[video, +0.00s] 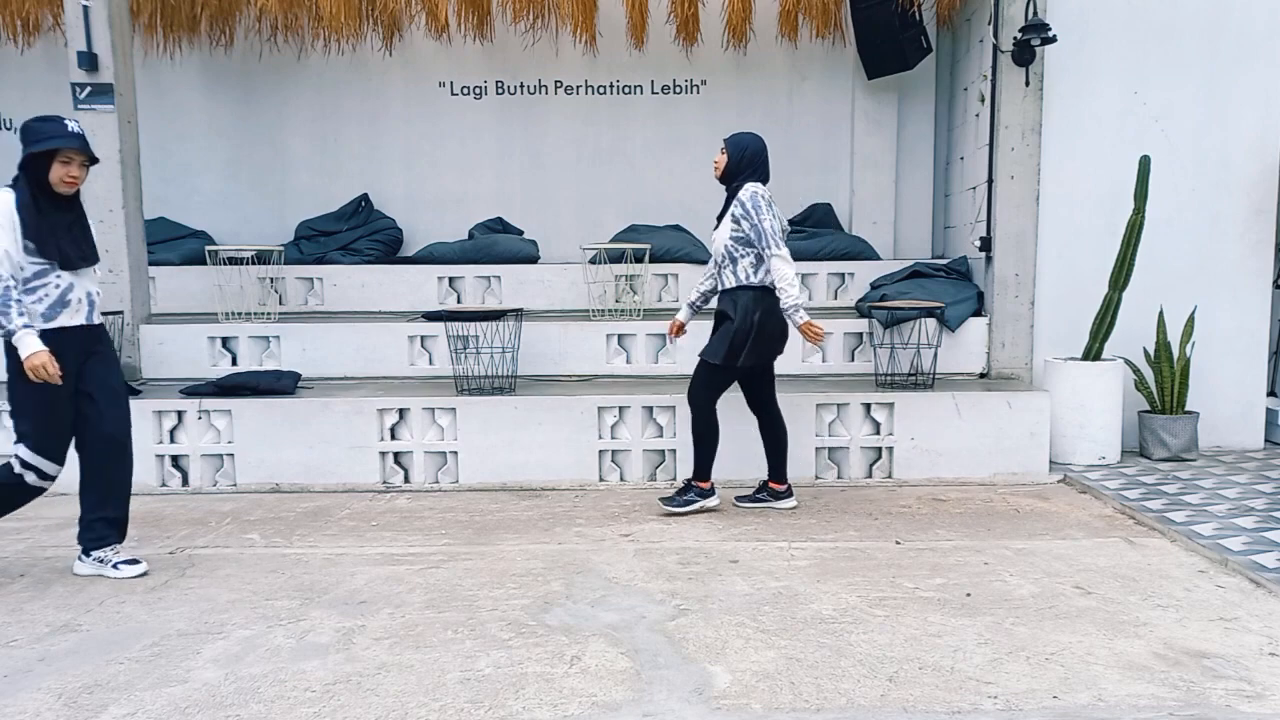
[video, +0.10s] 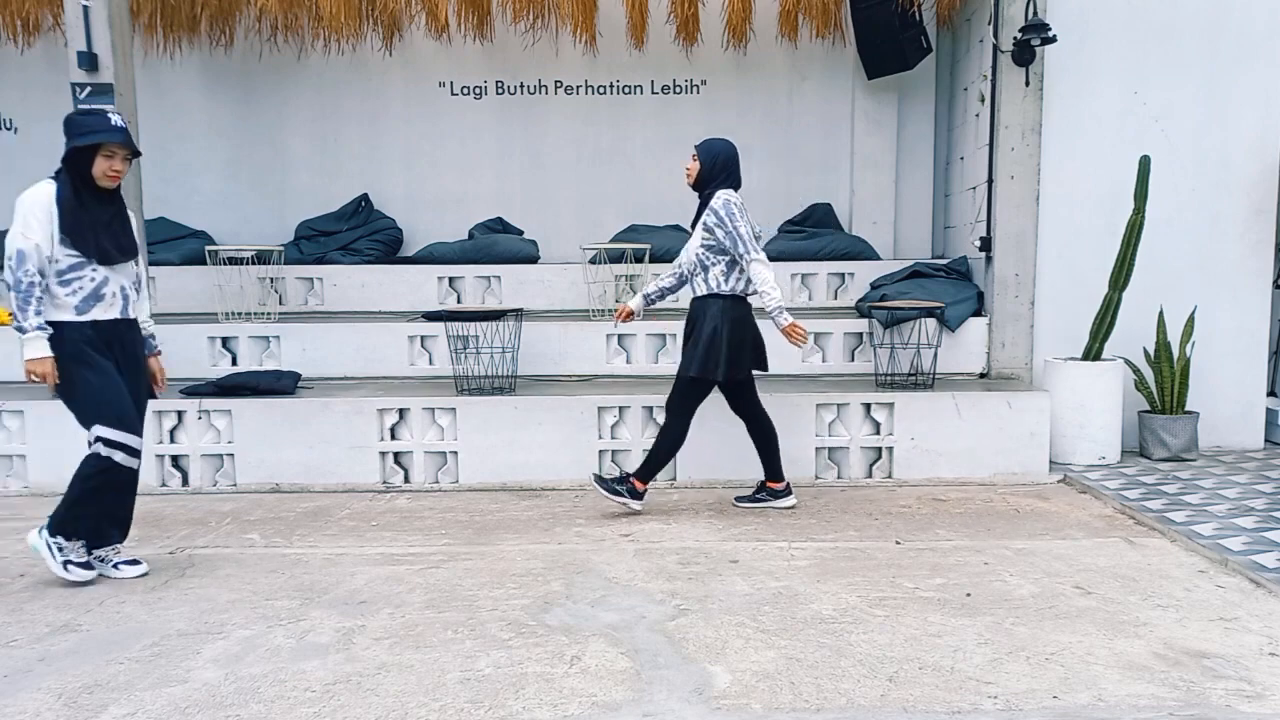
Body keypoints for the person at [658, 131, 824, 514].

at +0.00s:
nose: (716, 160)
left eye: (723, 154)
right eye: (719, 153)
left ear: (740, 159)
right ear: (744, 161)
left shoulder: (752, 195)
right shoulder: (739, 203)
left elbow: (778, 255)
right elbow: (718, 269)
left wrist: (796, 313)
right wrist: (687, 310)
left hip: (748, 312)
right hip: (750, 312)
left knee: (701, 393)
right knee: (764, 403)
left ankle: (701, 485)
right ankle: (778, 486)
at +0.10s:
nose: (688, 166)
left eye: (694, 160)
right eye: (690, 159)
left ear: (712, 165)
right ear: (712, 166)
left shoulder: (724, 201)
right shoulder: (712, 209)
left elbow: (754, 259)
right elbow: (683, 270)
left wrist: (780, 315)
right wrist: (639, 301)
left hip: (716, 316)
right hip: (723, 315)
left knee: (680, 406)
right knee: (747, 405)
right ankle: (776, 485)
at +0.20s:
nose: (660, 168)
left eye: (666, 162)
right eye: (662, 162)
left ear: (684, 167)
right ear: (687, 168)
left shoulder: (695, 205)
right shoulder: (683, 210)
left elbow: (717, 265)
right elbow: (655, 275)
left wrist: (741, 321)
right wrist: (610, 298)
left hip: (680, 318)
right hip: (688, 318)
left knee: (653, 409)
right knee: (716, 405)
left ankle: (621, 492)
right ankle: (768, 477)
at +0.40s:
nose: (605, 164)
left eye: (612, 157)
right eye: (606, 157)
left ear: (633, 161)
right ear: (631, 162)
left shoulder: (644, 206)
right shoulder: (630, 204)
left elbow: (635, 277)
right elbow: (621, 274)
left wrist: (617, 333)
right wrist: (604, 322)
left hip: (627, 310)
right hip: (610, 307)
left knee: (621, 405)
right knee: (599, 403)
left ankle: (614, 493)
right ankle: (675, 448)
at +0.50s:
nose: (581, 163)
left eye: (587, 155)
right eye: (580, 156)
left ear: (608, 157)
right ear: (592, 160)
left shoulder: (619, 201)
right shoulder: (606, 202)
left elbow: (592, 270)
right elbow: (593, 269)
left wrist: (553, 317)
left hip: (607, 314)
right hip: (592, 312)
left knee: (608, 403)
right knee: (553, 395)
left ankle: (615, 494)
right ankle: (606, 462)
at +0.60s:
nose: (557, 164)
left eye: (564, 156)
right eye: (555, 157)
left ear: (585, 158)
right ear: (558, 161)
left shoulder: (592, 200)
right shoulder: (584, 202)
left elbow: (559, 261)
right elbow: (608, 269)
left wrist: (507, 299)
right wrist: (622, 320)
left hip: (588, 313)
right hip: (561, 313)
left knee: (596, 406)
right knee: (529, 397)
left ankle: (613, 493)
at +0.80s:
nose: (503, 172)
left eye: (511, 164)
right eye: (500, 165)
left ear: (530, 167)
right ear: (498, 170)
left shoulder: (542, 209)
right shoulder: (516, 217)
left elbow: (516, 272)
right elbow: (506, 278)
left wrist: (466, 312)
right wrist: (475, 313)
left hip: (530, 322)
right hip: (500, 324)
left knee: (561, 411)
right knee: (474, 410)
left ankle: (608, 489)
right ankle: (453, 493)